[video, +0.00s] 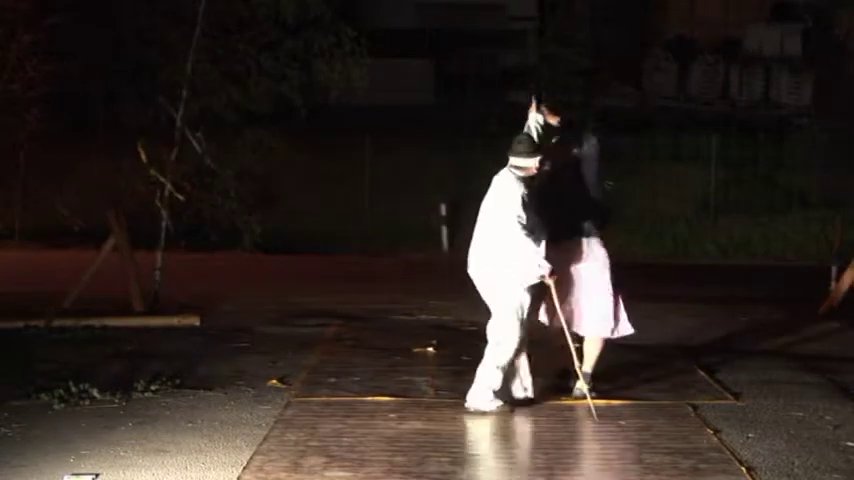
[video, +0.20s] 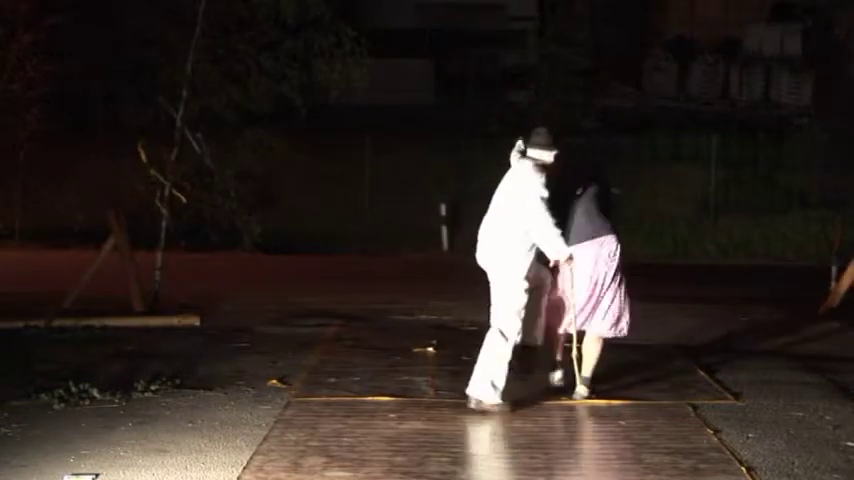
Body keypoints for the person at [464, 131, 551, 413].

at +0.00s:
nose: (539, 165)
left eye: (539, 159)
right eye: (535, 160)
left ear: (517, 159)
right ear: (525, 162)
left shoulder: (512, 180)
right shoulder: (510, 189)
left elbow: (527, 145)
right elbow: (513, 236)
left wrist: (535, 121)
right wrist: (539, 265)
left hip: (502, 265)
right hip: (496, 268)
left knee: (513, 325)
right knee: (508, 327)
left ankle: (519, 388)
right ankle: (481, 394)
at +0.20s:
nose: (547, 164)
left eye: (547, 159)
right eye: (546, 159)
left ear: (527, 153)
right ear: (543, 158)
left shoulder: (518, 173)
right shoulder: (530, 180)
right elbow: (538, 219)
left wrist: (548, 251)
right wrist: (559, 250)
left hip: (493, 251)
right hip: (507, 258)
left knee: (542, 278)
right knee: (506, 325)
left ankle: (530, 339)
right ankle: (483, 391)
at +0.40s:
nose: (567, 154)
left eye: (566, 149)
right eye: (566, 150)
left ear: (539, 147)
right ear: (562, 151)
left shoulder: (515, 173)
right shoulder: (562, 183)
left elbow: (500, 205)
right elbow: (582, 219)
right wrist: (595, 247)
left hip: (499, 246)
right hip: (528, 252)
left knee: (537, 301)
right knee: (531, 309)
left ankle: (540, 352)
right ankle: (507, 378)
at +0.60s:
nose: (550, 165)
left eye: (548, 160)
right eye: (547, 160)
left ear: (521, 162)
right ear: (538, 163)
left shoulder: (505, 192)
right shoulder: (543, 195)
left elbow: (500, 233)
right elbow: (570, 227)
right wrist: (601, 252)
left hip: (509, 272)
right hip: (535, 273)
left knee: (535, 328)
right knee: (557, 326)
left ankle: (522, 388)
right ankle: (533, 391)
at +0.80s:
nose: (536, 145)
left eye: (534, 139)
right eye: (530, 141)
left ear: (509, 145)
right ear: (515, 145)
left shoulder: (497, 175)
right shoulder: (522, 178)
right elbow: (542, 214)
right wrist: (571, 242)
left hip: (501, 260)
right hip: (521, 263)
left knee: (514, 320)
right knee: (530, 320)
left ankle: (517, 384)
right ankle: (524, 389)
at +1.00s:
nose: (516, 155)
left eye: (515, 149)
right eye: (510, 150)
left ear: (497, 151)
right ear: (493, 152)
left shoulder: (502, 181)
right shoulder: (485, 184)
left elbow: (506, 226)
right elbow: (496, 226)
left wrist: (528, 246)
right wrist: (527, 243)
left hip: (509, 268)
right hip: (496, 269)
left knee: (499, 325)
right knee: (522, 322)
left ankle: (469, 388)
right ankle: (518, 390)